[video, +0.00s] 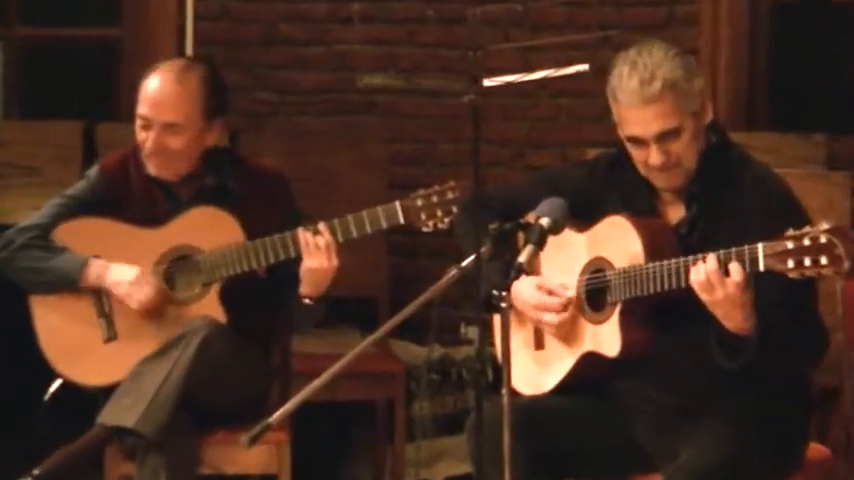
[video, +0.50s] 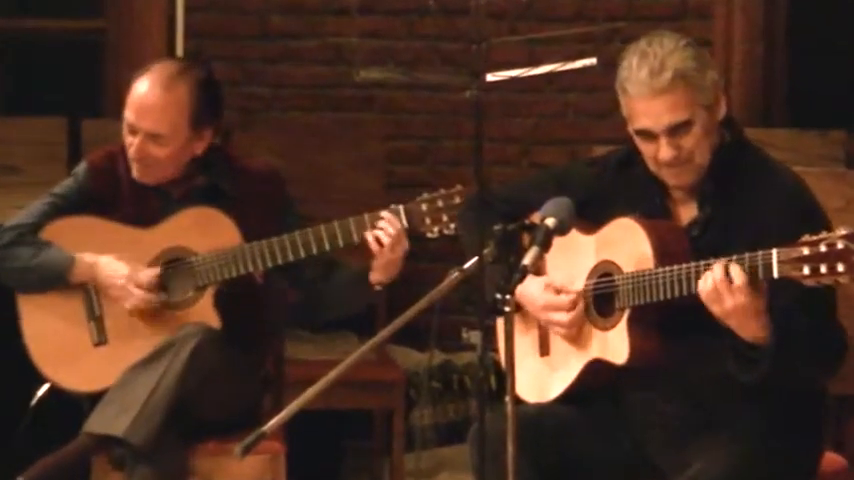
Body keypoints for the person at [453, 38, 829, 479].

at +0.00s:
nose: (656, 158)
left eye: (670, 136)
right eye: (637, 143)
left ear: (704, 113)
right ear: (618, 131)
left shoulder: (761, 198)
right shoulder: (604, 181)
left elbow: (805, 348)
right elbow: (479, 211)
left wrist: (745, 329)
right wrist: (508, 286)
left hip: (736, 406)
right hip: (622, 397)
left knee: (712, 460)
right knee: (499, 428)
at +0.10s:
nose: (660, 157)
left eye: (675, 135)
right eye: (642, 141)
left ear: (711, 112)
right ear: (623, 131)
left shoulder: (770, 199)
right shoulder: (609, 180)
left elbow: (814, 354)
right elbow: (478, 213)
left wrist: (754, 334)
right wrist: (511, 288)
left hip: (738, 411)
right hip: (618, 400)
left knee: (718, 460)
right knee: (499, 432)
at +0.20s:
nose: (665, 156)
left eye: (680, 133)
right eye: (646, 139)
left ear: (717, 109)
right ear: (627, 129)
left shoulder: (777, 202)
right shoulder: (612, 180)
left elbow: (819, 355)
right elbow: (479, 211)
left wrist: (761, 338)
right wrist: (510, 291)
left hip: (744, 414)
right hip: (624, 403)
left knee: (725, 463)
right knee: (501, 435)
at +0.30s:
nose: (666, 155)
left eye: (681, 132)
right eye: (647, 138)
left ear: (718, 109)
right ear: (628, 128)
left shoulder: (778, 202)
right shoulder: (614, 179)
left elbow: (821, 354)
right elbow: (480, 211)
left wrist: (762, 336)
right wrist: (509, 290)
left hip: (746, 413)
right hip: (625, 400)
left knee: (726, 463)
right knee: (501, 434)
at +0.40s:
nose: (667, 153)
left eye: (682, 130)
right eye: (649, 136)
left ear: (719, 107)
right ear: (629, 127)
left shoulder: (779, 201)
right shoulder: (613, 179)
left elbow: (822, 354)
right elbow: (482, 211)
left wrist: (764, 336)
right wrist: (512, 290)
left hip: (745, 413)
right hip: (623, 400)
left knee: (727, 463)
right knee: (503, 433)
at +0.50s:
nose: (666, 152)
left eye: (681, 130)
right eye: (647, 136)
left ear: (718, 107)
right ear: (628, 127)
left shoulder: (779, 199)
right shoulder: (612, 180)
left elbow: (824, 350)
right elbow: (483, 211)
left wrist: (761, 334)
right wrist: (516, 288)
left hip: (744, 412)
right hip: (623, 400)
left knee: (726, 463)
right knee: (502, 434)